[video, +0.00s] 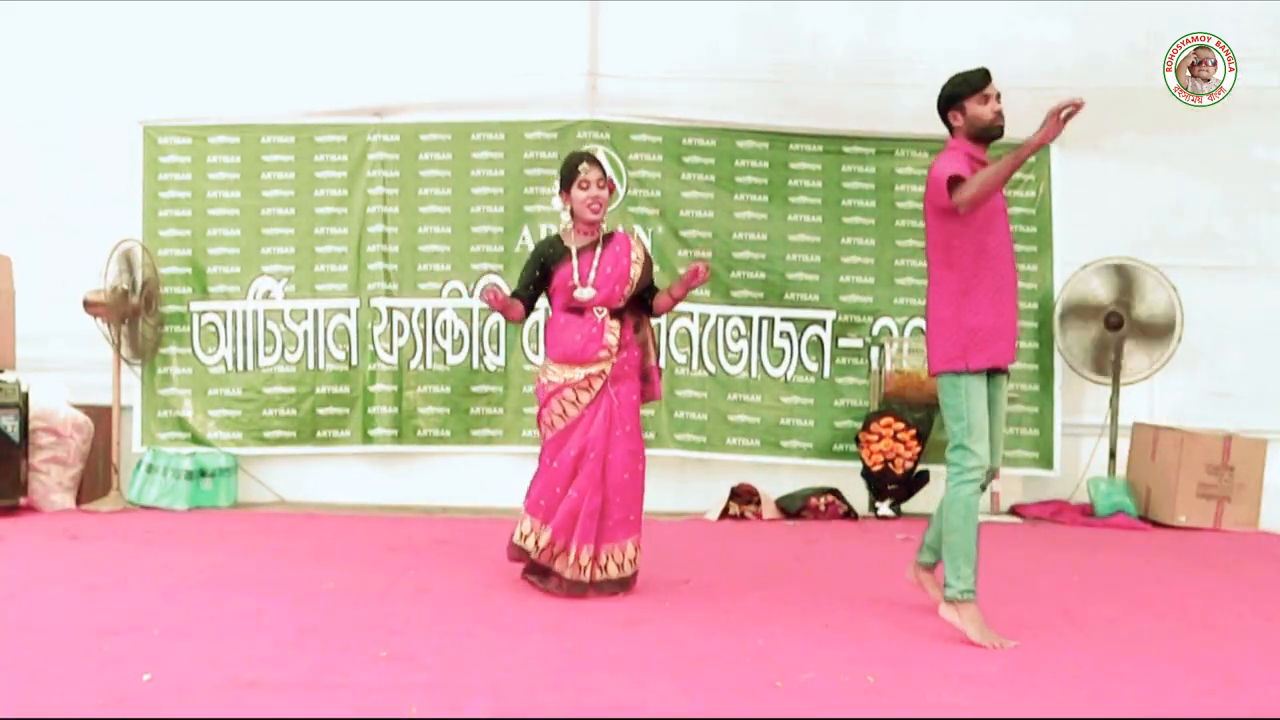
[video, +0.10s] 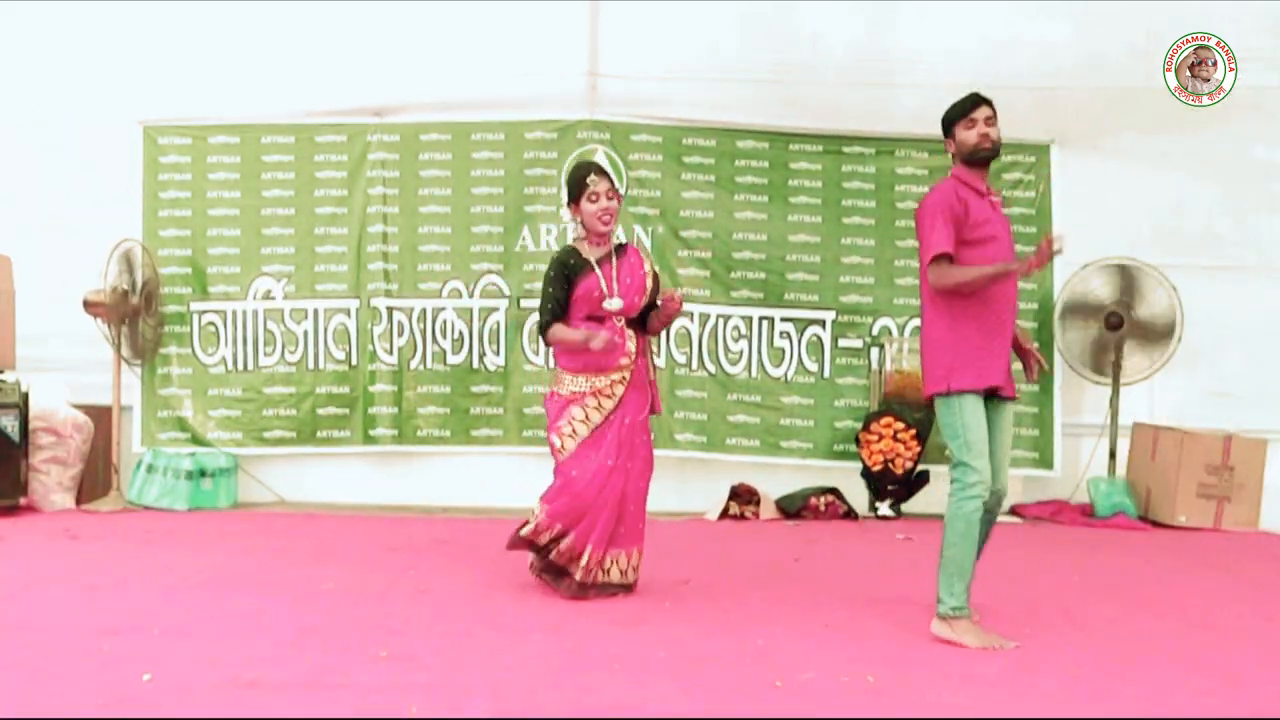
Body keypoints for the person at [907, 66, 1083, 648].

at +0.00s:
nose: (999, 106)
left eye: (997, 98)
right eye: (987, 100)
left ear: (983, 110)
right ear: (957, 114)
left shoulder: (983, 167)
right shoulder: (949, 165)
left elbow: (983, 261)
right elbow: (964, 198)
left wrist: (997, 334)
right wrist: (1033, 144)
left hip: (988, 339)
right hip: (960, 340)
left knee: (981, 466)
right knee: (970, 466)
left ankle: (927, 560)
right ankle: (961, 597)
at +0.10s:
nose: (984, 130)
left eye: (990, 122)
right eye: (971, 124)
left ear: (999, 136)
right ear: (950, 140)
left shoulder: (989, 202)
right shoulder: (942, 197)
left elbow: (985, 287)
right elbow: (940, 277)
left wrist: (1018, 340)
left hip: (993, 365)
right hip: (955, 364)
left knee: (995, 488)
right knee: (973, 482)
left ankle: (956, 604)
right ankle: (950, 614)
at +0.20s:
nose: (970, 139)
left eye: (981, 130)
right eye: (960, 133)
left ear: (1001, 143)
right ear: (951, 148)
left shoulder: (1010, 220)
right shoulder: (936, 205)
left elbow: (1013, 292)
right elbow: (916, 287)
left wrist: (1017, 318)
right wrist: (986, 300)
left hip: (986, 369)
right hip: (939, 365)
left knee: (991, 493)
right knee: (954, 483)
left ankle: (949, 593)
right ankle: (950, 612)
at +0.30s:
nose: (957, 127)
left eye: (968, 118)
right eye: (953, 119)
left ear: (997, 129)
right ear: (947, 131)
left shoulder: (1021, 200)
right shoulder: (925, 187)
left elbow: (1057, 278)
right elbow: (888, 260)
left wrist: (1026, 250)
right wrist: (941, 244)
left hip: (981, 357)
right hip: (920, 351)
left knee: (973, 476)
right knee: (926, 465)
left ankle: (948, 585)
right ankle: (927, 587)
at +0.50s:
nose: (939, 127)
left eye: (951, 121)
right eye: (939, 119)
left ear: (980, 133)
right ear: (936, 128)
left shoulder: (1001, 195)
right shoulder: (913, 188)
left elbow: (1026, 263)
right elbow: (897, 249)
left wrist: (971, 231)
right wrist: (894, 263)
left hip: (963, 347)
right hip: (905, 341)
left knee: (958, 470)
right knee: (902, 458)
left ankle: (950, 586)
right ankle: (911, 536)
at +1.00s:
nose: (931, 152)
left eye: (943, 147)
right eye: (926, 143)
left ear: (958, 159)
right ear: (914, 147)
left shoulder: (971, 206)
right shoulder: (898, 197)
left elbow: (1017, 261)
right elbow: (889, 249)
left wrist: (1021, 225)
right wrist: (842, 269)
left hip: (947, 351)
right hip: (901, 347)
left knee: (935, 461)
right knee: (907, 457)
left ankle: (942, 566)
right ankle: (915, 548)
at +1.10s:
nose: (941, 167)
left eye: (951, 160)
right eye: (933, 158)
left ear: (963, 170)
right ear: (919, 166)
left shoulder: (979, 231)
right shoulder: (898, 225)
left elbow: (999, 300)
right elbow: (891, 295)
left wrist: (1004, 325)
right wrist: (860, 345)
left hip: (951, 370)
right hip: (900, 367)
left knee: (939, 475)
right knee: (907, 472)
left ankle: (942, 569)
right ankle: (922, 554)